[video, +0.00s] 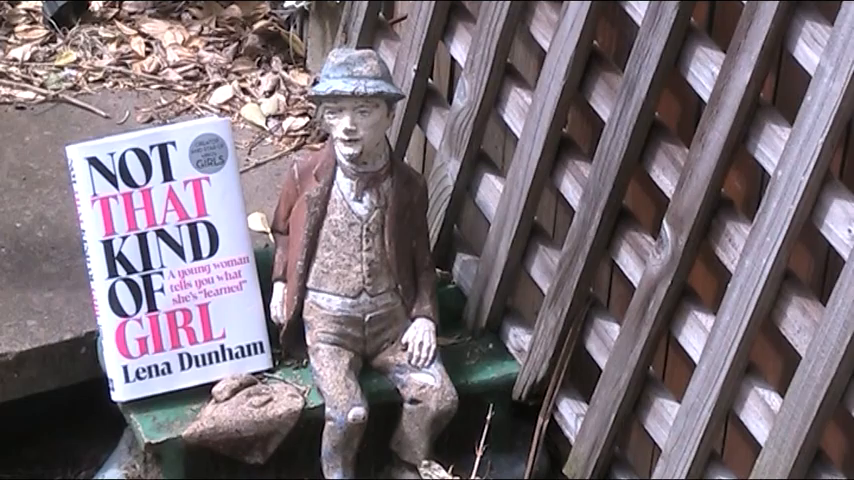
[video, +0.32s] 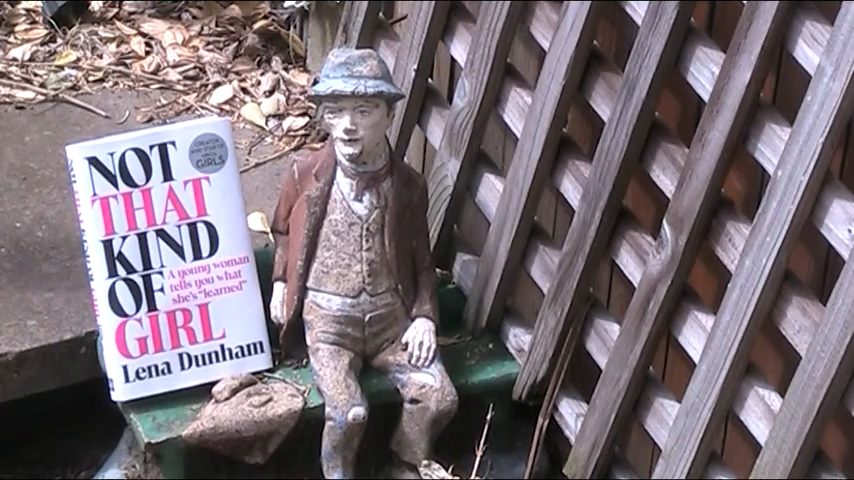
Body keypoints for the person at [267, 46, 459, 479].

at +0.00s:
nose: (348, 125)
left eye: (364, 111)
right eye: (336, 112)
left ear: (388, 115)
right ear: (323, 117)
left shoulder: (409, 184)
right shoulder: (304, 174)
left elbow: (423, 260)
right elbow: (283, 233)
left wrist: (425, 315)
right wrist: (282, 282)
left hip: (393, 322)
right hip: (328, 322)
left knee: (438, 398)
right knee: (349, 414)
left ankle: (407, 459)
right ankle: (337, 472)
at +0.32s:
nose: (348, 125)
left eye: (364, 111)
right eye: (336, 112)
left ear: (388, 115)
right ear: (323, 117)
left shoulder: (409, 184)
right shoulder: (304, 174)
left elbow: (423, 261)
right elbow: (283, 233)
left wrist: (425, 315)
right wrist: (282, 282)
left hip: (393, 322)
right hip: (328, 322)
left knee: (438, 398)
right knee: (349, 414)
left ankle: (407, 458)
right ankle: (337, 472)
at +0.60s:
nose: (348, 125)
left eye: (364, 111)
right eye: (336, 112)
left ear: (388, 115)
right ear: (322, 117)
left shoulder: (409, 184)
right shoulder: (304, 174)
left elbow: (423, 261)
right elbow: (283, 233)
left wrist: (425, 315)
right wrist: (281, 282)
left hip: (393, 323)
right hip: (328, 322)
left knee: (438, 398)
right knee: (349, 415)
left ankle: (408, 457)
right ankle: (337, 472)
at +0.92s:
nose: (348, 125)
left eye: (363, 111)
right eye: (336, 112)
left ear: (388, 116)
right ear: (323, 117)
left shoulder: (409, 185)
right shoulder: (304, 174)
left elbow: (423, 261)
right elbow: (282, 233)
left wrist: (425, 315)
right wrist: (281, 282)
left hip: (393, 323)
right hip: (328, 323)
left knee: (438, 398)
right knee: (349, 414)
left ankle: (407, 458)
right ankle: (337, 472)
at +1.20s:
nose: (348, 126)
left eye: (363, 112)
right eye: (336, 112)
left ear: (388, 116)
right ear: (322, 118)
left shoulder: (409, 185)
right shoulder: (305, 174)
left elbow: (423, 262)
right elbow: (282, 233)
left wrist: (425, 316)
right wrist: (281, 282)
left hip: (393, 323)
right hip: (328, 323)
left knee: (438, 398)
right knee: (349, 415)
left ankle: (407, 458)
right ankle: (337, 471)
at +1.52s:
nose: (348, 124)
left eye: (364, 111)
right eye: (336, 111)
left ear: (388, 114)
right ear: (323, 116)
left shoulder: (409, 184)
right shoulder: (304, 173)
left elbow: (423, 261)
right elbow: (283, 232)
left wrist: (425, 315)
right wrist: (281, 281)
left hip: (393, 322)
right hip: (328, 321)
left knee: (438, 398)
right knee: (349, 414)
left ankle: (406, 458)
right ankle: (338, 472)